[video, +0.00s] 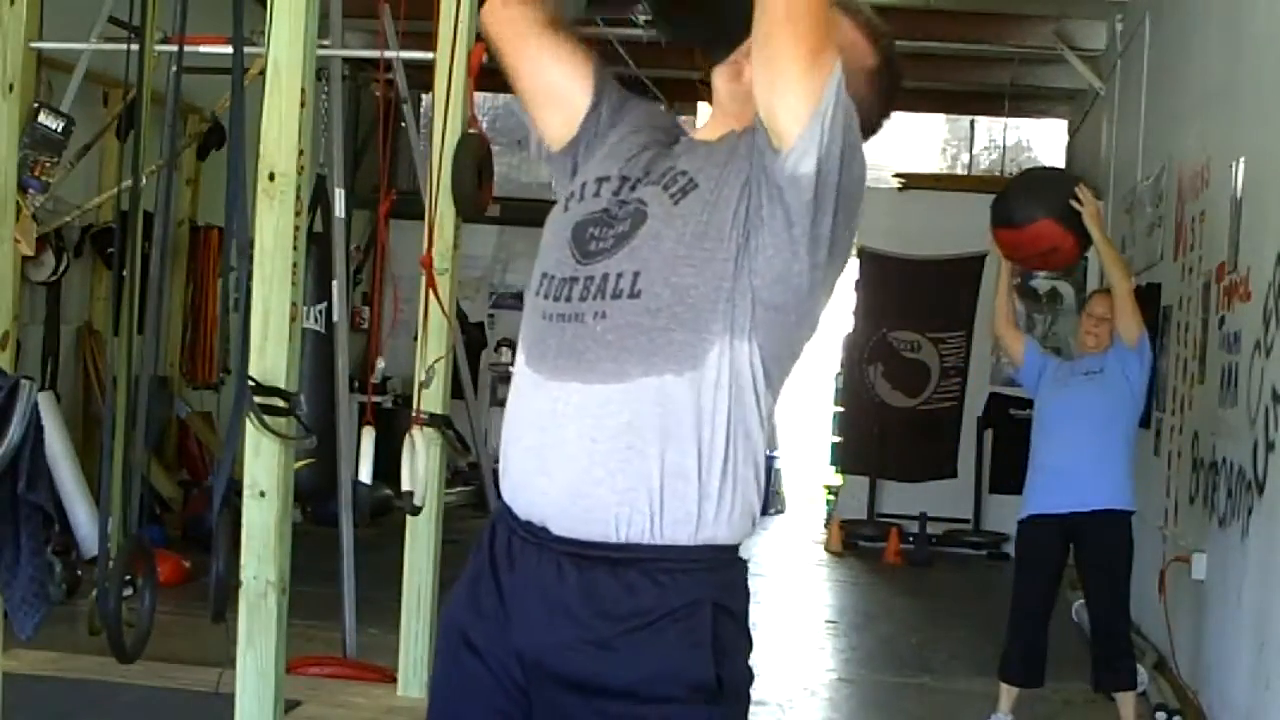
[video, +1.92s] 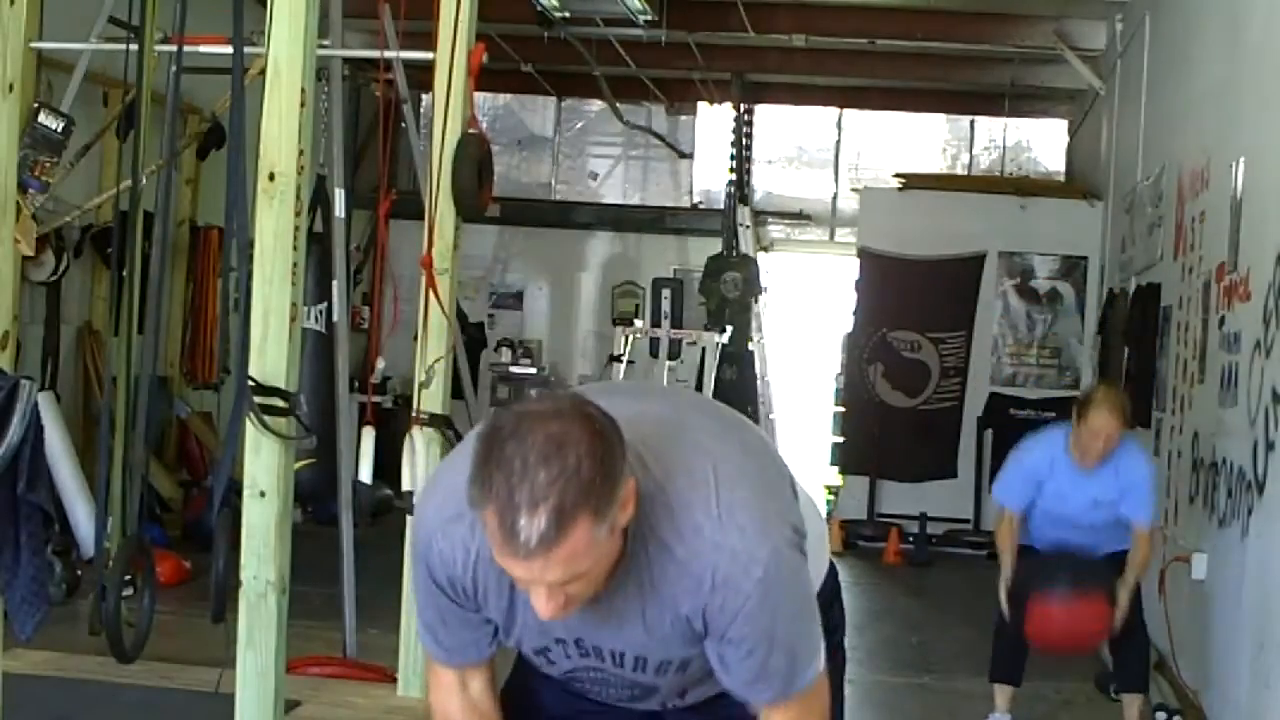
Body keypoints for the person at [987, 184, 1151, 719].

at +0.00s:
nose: (1094, 323)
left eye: (1105, 318)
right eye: (1089, 315)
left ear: (1118, 328)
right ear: (1075, 321)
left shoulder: (1129, 365)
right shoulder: (1047, 369)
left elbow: (1124, 290)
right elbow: (1005, 329)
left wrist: (1097, 233)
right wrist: (1006, 267)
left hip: (1106, 513)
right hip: (1042, 512)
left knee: (1111, 621)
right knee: (1026, 615)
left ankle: (1128, 715)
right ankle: (1003, 713)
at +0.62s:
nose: (1115, 334)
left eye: (1125, 328)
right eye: (1108, 325)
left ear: (1136, 337)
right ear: (1093, 329)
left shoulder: (1138, 379)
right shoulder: (1051, 374)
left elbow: (1141, 332)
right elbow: (990, 387)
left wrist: (1098, 290)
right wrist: (1001, 330)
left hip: (1106, 520)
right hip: (1042, 516)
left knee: (1112, 624)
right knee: (1027, 615)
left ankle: (1130, 716)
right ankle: (1003, 712)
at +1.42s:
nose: (1115, 336)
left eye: (1126, 330)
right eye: (1109, 326)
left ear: (1136, 337)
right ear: (1092, 324)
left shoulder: (1143, 376)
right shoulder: (1054, 370)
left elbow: (1132, 412)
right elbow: (1009, 431)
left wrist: (1095, 353)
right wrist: (994, 375)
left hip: (1109, 521)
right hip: (1044, 518)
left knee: (1114, 622)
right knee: (1029, 616)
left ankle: (1132, 715)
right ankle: (1004, 712)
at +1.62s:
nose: (1112, 351)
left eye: (1122, 344)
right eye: (1106, 340)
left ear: (1131, 344)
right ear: (1088, 332)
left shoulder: (1138, 383)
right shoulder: (1054, 375)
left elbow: (1140, 450)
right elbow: (1024, 431)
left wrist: (1105, 422)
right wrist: (1019, 384)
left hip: (1106, 524)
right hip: (1043, 521)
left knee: (1115, 623)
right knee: (1027, 616)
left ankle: (1131, 714)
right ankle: (1003, 711)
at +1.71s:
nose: (1110, 361)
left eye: (1119, 355)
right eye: (1103, 350)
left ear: (1129, 354)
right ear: (1086, 342)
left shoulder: (1137, 392)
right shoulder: (1047, 381)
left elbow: (1142, 465)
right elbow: (1012, 436)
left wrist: (1113, 454)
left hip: (1107, 526)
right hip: (1043, 523)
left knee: (1116, 624)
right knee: (1026, 616)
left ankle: (1131, 715)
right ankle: (1002, 712)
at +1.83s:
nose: (1105, 400)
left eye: (1115, 392)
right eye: (1099, 388)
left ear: (1124, 393)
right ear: (1082, 382)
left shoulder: (1135, 427)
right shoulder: (1035, 417)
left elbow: (1143, 497)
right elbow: (1006, 476)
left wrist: (1121, 530)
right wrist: (1002, 522)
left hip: (1105, 525)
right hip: (1040, 518)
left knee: (1123, 623)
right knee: (1020, 616)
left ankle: (1132, 712)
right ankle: (1002, 711)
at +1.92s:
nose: (1100, 445)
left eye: (1111, 437)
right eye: (1094, 433)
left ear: (1122, 434)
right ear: (1078, 424)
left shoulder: (1134, 464)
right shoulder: (1037, 450)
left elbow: (1142, 536)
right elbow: (1008, 515)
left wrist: (1126, 590)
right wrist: (1007, 572)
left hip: (1107, 555)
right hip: (1040, 549)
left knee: (1132, 631)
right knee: (1011, 615)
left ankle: (1132, 713)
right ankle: (1001, 711)